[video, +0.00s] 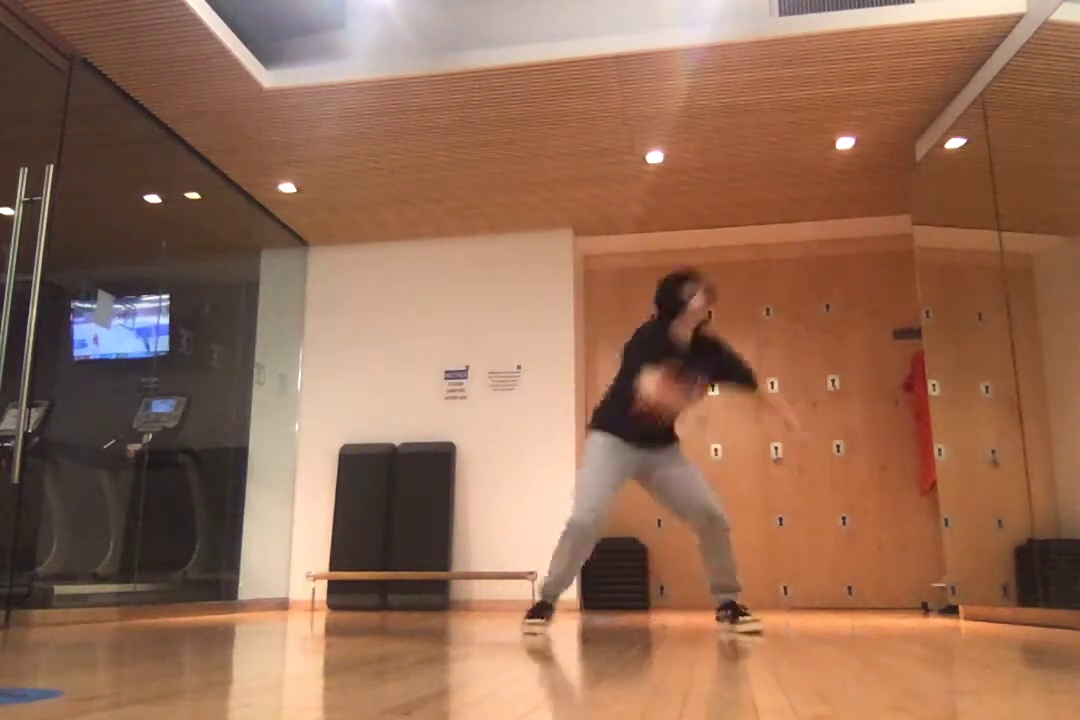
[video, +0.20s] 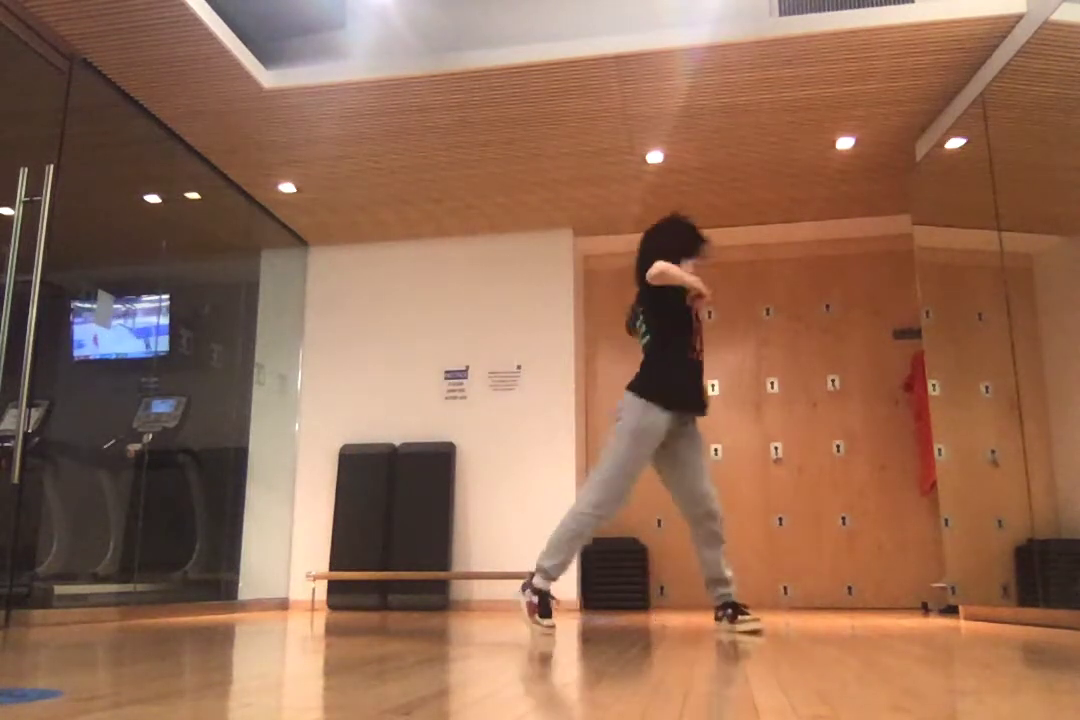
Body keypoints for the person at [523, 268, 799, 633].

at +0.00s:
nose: (705, 301)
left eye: (706, 295)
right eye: (696, 295)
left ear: (707, 303)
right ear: (676, 301)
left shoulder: (707, 348)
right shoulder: (648, 339)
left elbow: (750, 384)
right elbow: (649, 389)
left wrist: (784, 415)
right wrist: (691, 397)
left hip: (660, 447)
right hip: (613, 441)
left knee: (711, 518)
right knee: (585, 519)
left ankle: (728, 606)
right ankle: (545, 603)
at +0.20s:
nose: (696, 264)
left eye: (697, 258)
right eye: (692, 256)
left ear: (665, 253)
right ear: (675, 253)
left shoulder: (670, 296)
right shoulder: (659, 284)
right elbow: (657, 272)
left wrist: (694, 309)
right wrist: (694, 284)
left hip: (679, 415)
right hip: (647, 407)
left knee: (705, 511)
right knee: (602, 498)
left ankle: (726, 602)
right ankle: (539, 583)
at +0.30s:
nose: (689, 258)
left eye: (686, 252)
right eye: (683, 251)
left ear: (653, 256)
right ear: (662, 256)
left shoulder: (657, 304)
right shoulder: (655, 291)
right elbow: (662, 263)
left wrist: (688, 295)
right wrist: (697, 281)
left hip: (684, 415)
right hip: (653, 409)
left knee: (707, 510)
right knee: (614, 504)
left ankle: (725, 604)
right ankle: (544, 581)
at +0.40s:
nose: (690, 253)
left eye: (686, 244)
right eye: (683, 244)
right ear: (663, 253)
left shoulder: (674, 297)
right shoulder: (655, 288)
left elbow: (700, 277)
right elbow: (664, 249)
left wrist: (690, 279)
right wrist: (692, 269)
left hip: (687, 415)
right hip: (657, 406)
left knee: (710, 509)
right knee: (615, 503)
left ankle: (725, 603)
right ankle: (548, 580)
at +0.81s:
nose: (642, 256)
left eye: (640, 250)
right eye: (634, 250)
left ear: (629, 262)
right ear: (617, 259)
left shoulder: (652, 298)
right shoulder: (619, 295)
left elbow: (682, 288)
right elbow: (655, 246)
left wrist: (675, 248)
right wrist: (656, 216)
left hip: (693, 406)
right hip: (661, 404)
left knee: (712, 505)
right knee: (626, 499)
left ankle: (721, 600)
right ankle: (553, 577)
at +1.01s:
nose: (623, 280)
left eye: (630, 273)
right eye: (615, 270)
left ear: (634, 274)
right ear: (597, 270)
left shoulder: (622, 307)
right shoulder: (588, 302)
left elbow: (662, 316)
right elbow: (648, 312)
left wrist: (670, 261)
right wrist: (651, 255)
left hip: (642, 422)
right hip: (602, 421)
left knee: (692, 498)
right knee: (585, 512)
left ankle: (699, 594)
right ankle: (535, 593)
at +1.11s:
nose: (627, 298)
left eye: (634, 290)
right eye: (619, 289)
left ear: (640, 289)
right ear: (600, 288)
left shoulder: (643, 317)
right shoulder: (582, 315)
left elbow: (677, 325)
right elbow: (562, 306)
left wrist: (693, 320)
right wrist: (614, 283)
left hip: (624, 434)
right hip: (575, 428)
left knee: (655, 497)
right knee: (551, 502)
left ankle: (603, 585)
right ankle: (522, 590)